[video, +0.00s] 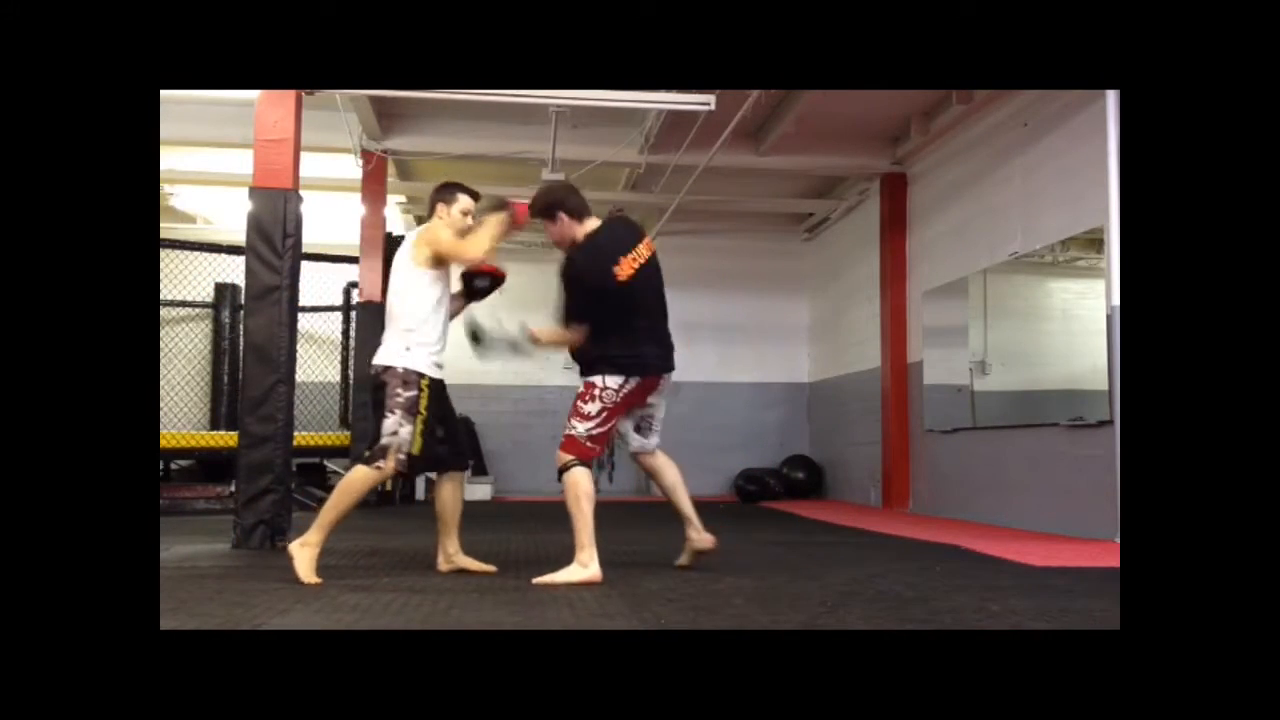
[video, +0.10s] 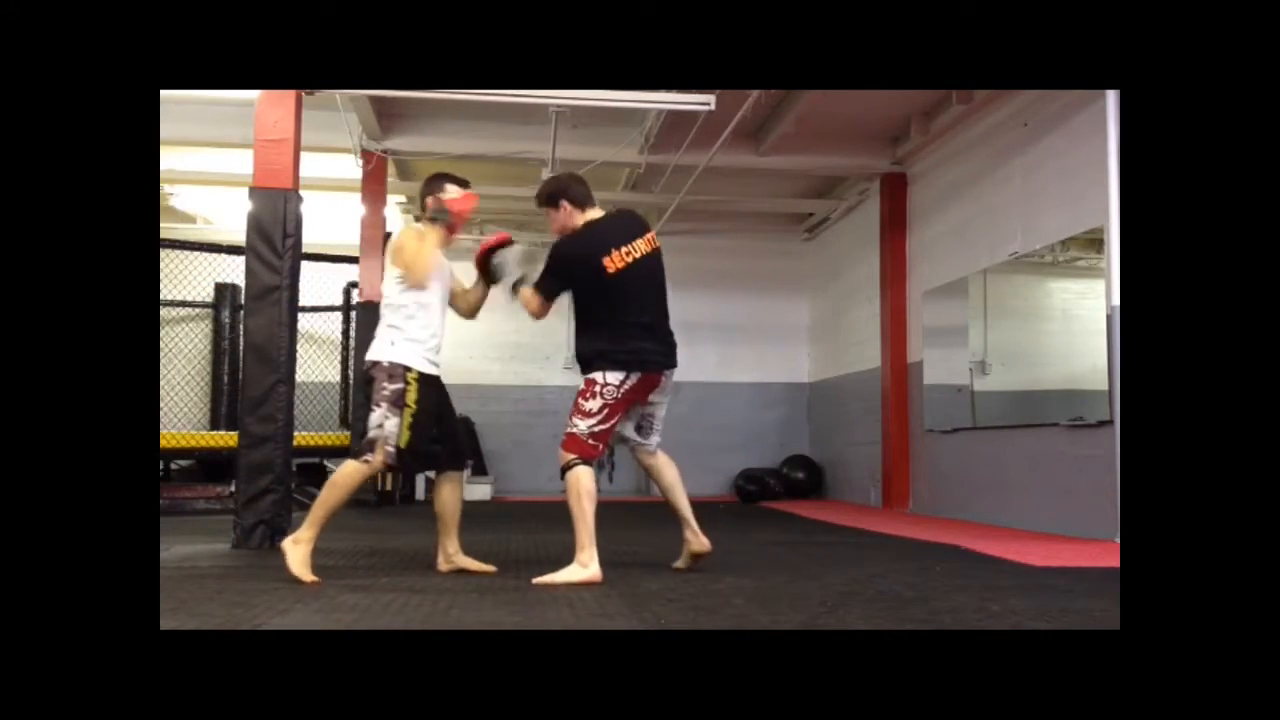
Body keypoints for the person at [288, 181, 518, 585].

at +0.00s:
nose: (470, 222)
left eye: (472, 216)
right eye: (465, 213)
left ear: (451, 214)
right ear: (441, 207)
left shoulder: (428, 247)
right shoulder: (433, 231)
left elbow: (432, 316)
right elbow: (473, 252)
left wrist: (468, 295)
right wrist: (497, 221)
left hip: (423, 367)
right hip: (406, 365)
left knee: (452, 458)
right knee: (388, 459)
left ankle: (450, 552)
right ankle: (308, 543)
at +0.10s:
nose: (464, 209)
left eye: (464, 202)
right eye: (458, 201)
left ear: (443, 204)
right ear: (433, 202)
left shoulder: (440, 259)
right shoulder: (409, 237)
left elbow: (469, 306)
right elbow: (419, 272)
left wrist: (488, 275)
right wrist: (440, 232)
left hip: (424, 369)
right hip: (396, 362)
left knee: (451, 456)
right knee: (375, 455)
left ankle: (450, 551)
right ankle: (301, 540)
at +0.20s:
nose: (445, 208)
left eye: (448, 201)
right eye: (439, 199)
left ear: (445, 205)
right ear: (412, 198)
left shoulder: (432, 254)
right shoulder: (384, 237)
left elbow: (468, 296)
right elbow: (366, 288)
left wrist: (485, 281)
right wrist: (401, 236)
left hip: (423, 370)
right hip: (385, 364)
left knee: (450, 459)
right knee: (358, 458)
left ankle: (449, 552)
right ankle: (289, 542)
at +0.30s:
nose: (429, 206)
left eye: (430, 199)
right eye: (421, 198)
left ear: (422, 205)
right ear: (394, 201)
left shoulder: (418, 252)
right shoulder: (368, 240)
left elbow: (455, 296)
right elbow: (338, 295)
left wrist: (477, 261)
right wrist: (377, 252)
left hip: (413, 375)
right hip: (369, 372)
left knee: (442, 463)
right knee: (338, 464)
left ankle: (449, 552)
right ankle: (282, 554)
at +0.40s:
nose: (410, 207)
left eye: (411, 199)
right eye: (403, 198)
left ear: (387, 203)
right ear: (375, 200)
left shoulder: (402, 250)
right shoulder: (341, 245)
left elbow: (445, 290)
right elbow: (319, 302)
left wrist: (472, 254)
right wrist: (350, 258)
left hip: (398, 376)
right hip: (351, 374)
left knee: (427, 469)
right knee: (320, 469)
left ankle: (446, 552)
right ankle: (279, 559)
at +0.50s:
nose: (395, 203)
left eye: (395, 196)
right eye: (387, 196)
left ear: (378, 199)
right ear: (360, 196)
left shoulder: (390, 244)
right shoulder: (324, 241)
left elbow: (435, 284)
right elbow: (304, 299)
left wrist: (467, 252)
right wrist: (333, 252)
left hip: (386, 371)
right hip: (338, 370)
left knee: (418, 461)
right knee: (310, 470)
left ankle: (423, 547)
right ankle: (279, 559)